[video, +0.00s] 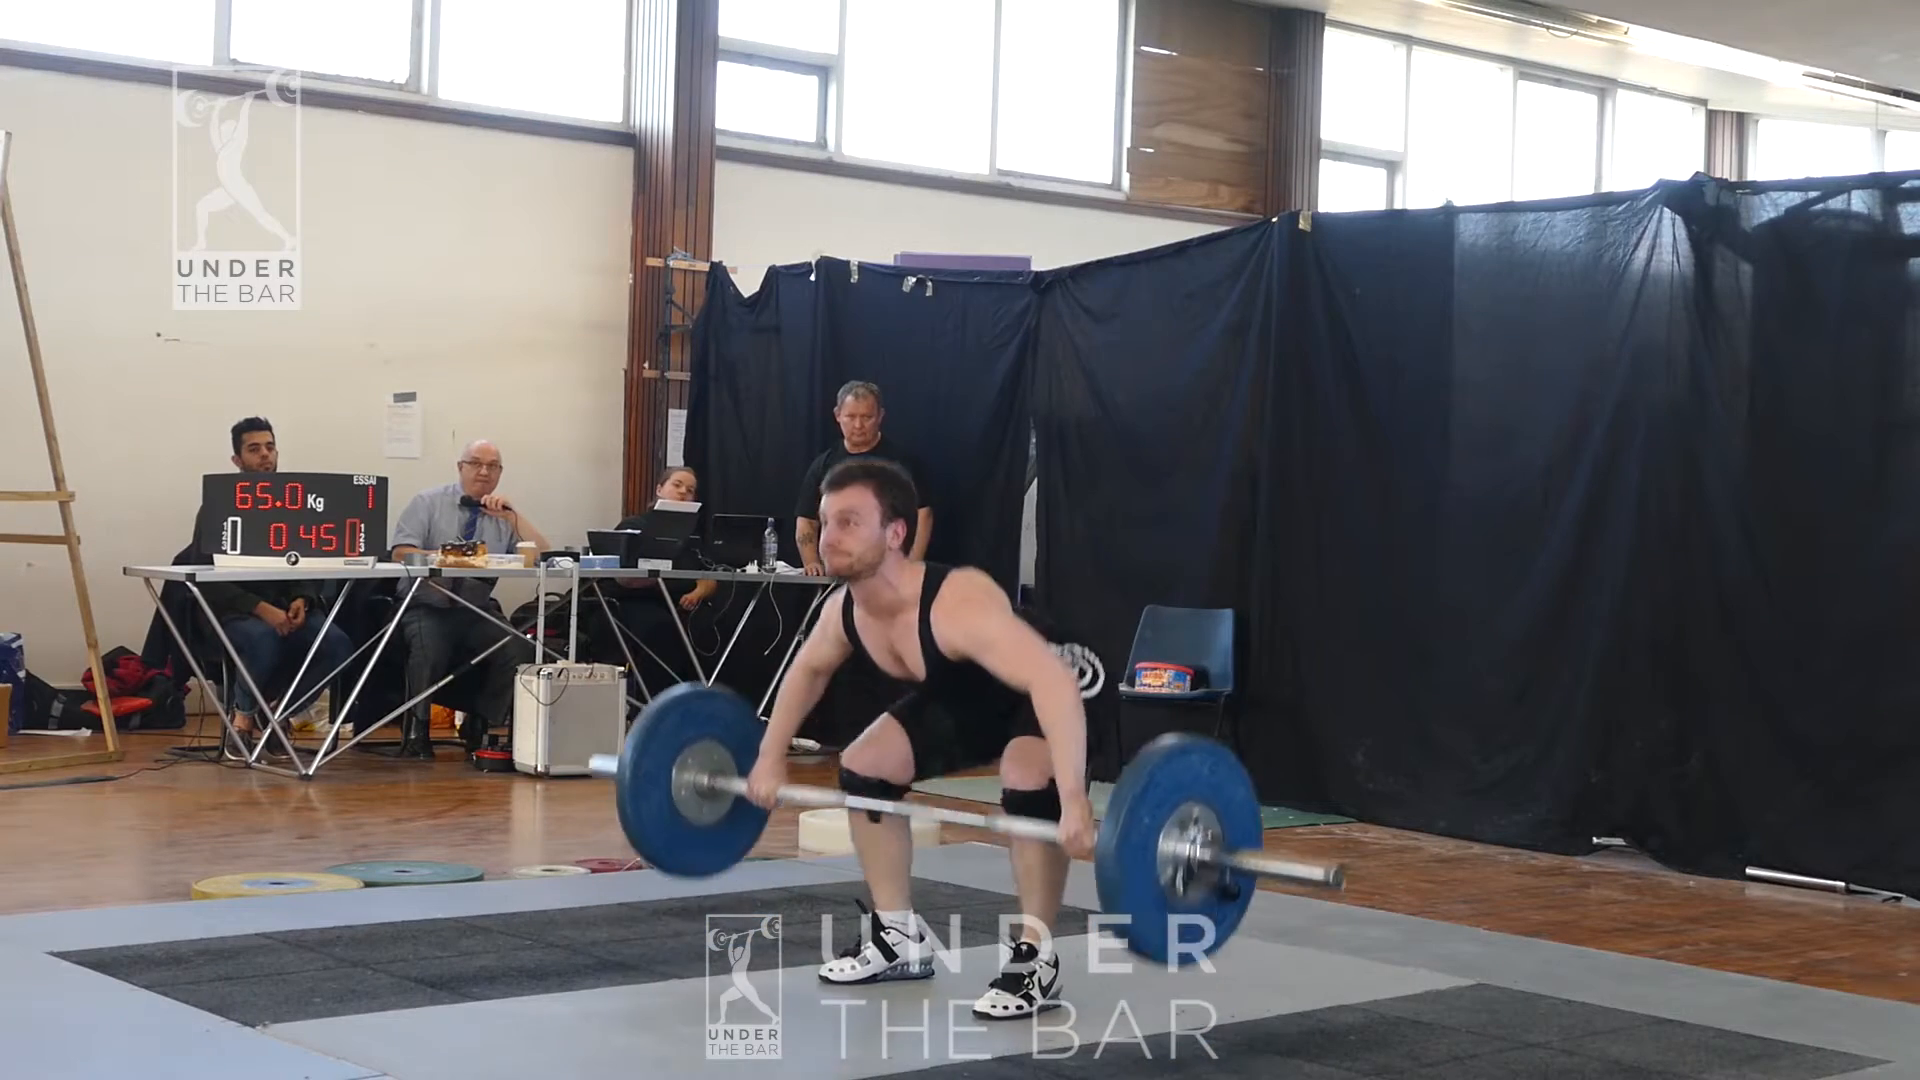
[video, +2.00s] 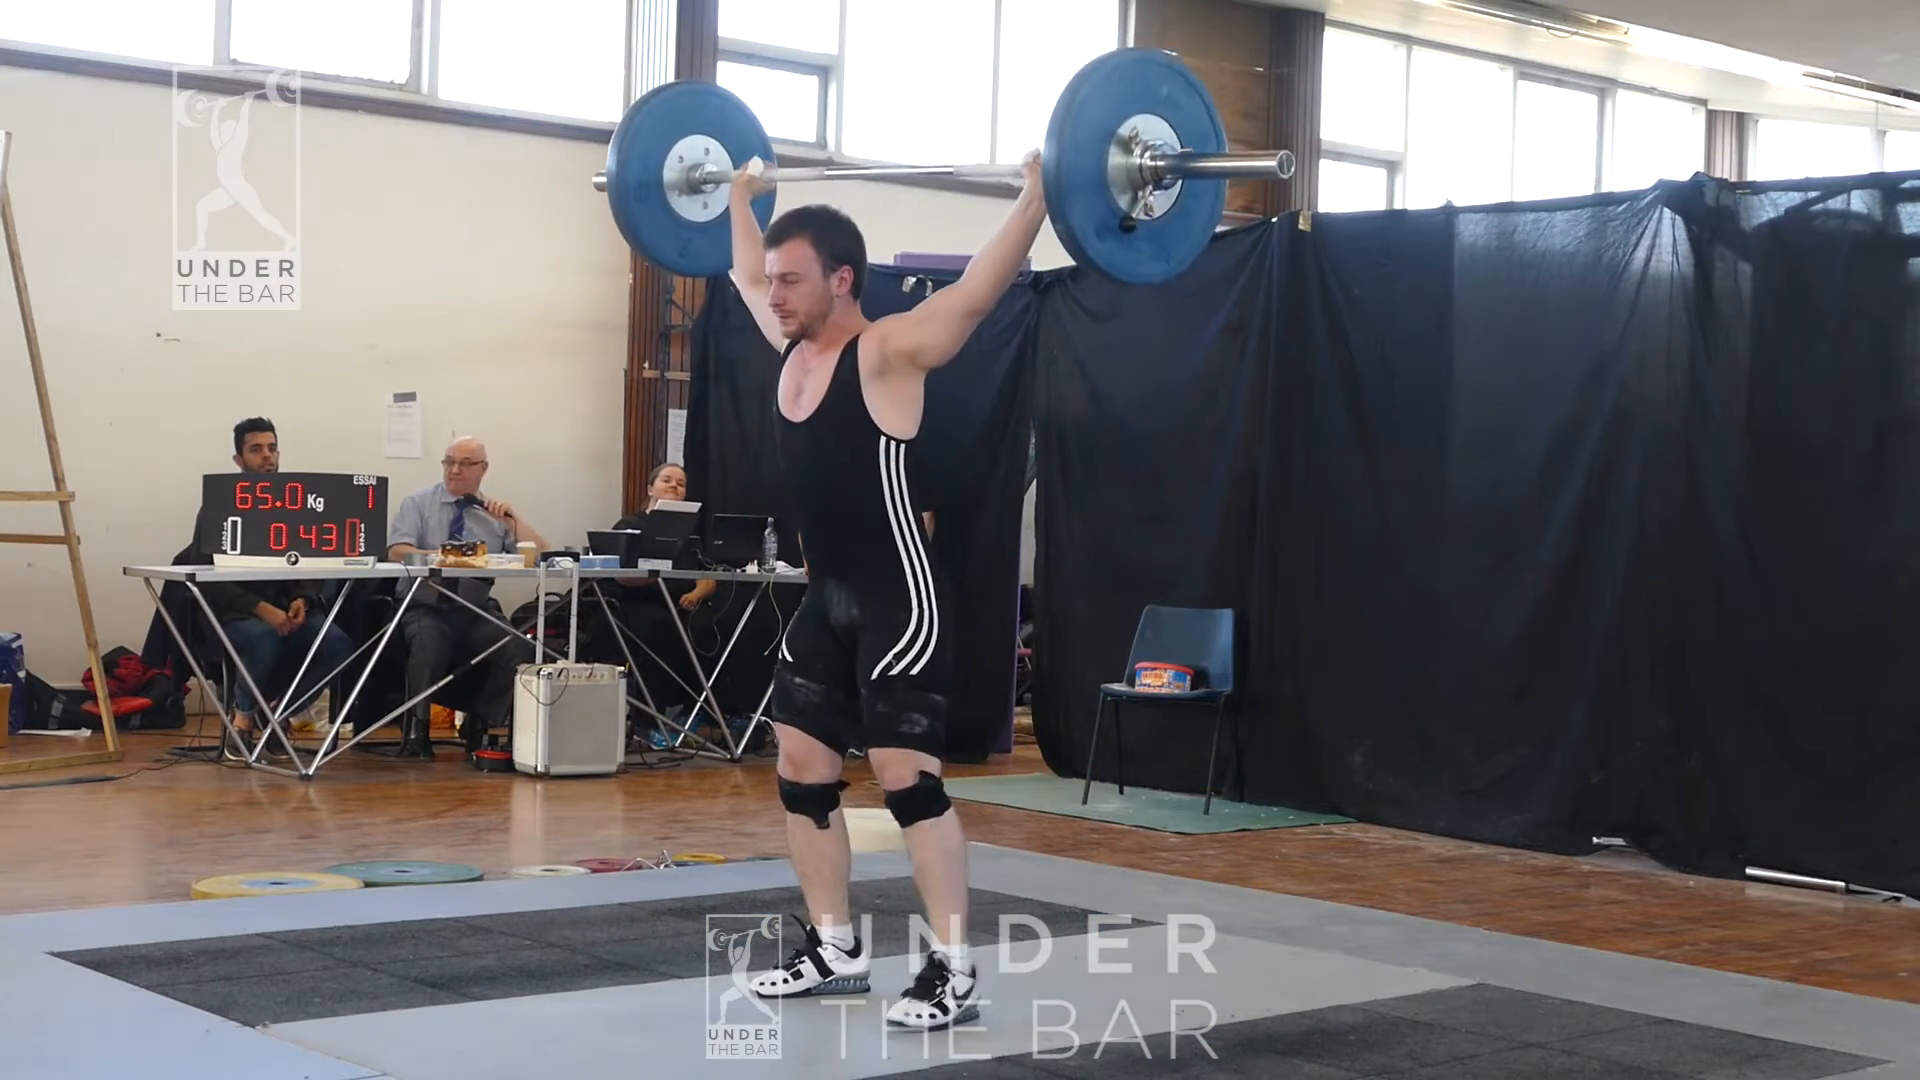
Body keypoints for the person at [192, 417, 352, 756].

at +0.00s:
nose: (265, 454)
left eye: (270, 447)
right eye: (255, 448)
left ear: (277, 452)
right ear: (238, 460)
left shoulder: (293, 496)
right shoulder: (220, 504)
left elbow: (312, 556)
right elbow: (205, 576)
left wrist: (302, 599)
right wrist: (260, 608)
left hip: (288, 607)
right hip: (237, 608)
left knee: (337, 644)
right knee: (264, 641)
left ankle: (278, 717)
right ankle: (242, 719)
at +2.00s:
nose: (267, 456)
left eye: (272, 448)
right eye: (257, 449)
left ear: (278, 453)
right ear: (239, 459)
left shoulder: (293, 498)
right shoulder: (221, 505)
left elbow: (312, 556)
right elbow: (205, 576)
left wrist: (302, 598)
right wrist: (260, 608)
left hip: (287, 607)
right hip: (237, 608)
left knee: (336, 643)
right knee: (264, 642)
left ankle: (278, 717)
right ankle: (242, 718)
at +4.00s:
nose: (275, 466)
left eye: (281, 458)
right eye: (266, 458)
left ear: (287, 457)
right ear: (247, 460)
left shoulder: (297, 498)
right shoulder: (228, 500)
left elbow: (317, 557)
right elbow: (203, 561)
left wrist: (304, 597)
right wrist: (250, 580)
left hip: (287, 608)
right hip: (237, 607)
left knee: (336, 645)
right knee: (265, 642)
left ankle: (278, 716)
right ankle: (241, 719)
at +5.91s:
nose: (270, 454)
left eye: (276, 446)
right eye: (260, 448)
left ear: (283, 450)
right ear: (243, 457)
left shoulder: (301, 497)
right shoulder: (232, 499)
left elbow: (324, 558)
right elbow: (203, 557)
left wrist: (311, 605)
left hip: (291, 608)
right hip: (243, 610)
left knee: (332, 646)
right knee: (267, 648)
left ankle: (251, 706)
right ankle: (274, 727)